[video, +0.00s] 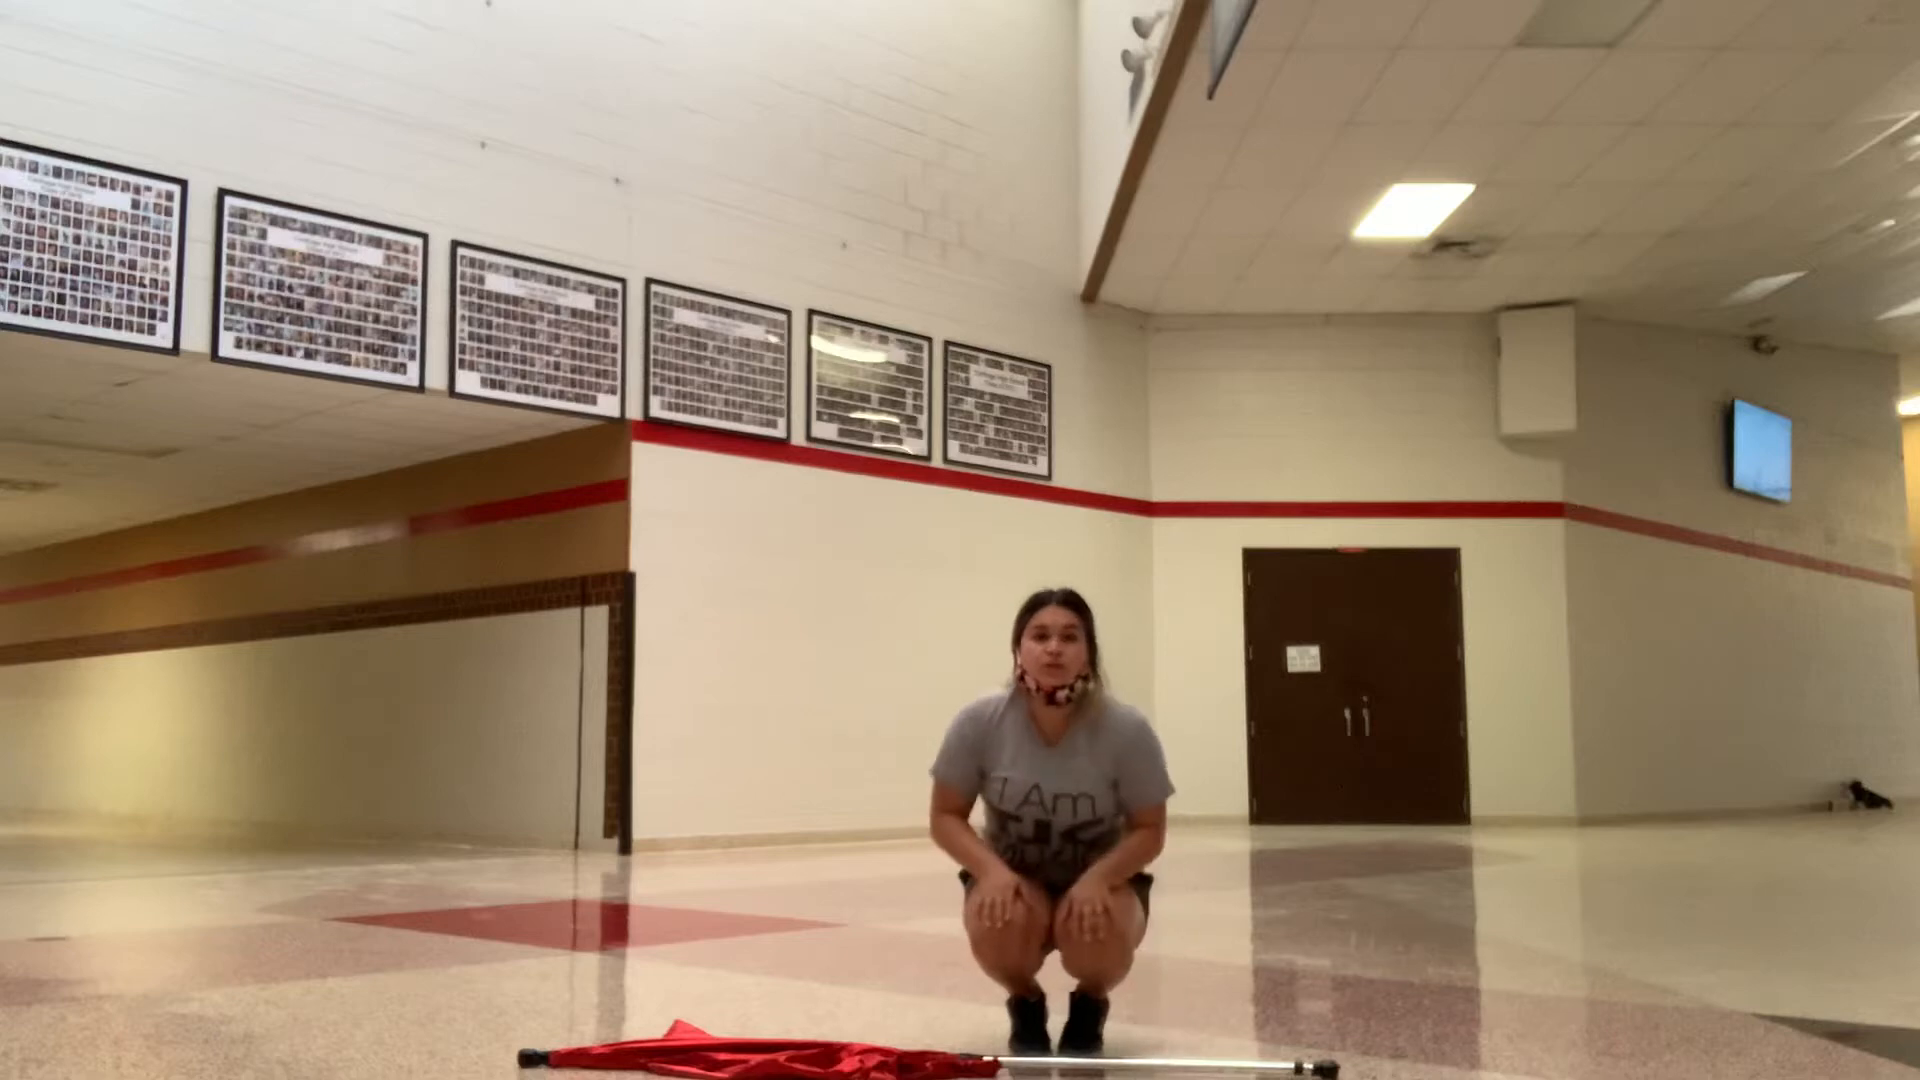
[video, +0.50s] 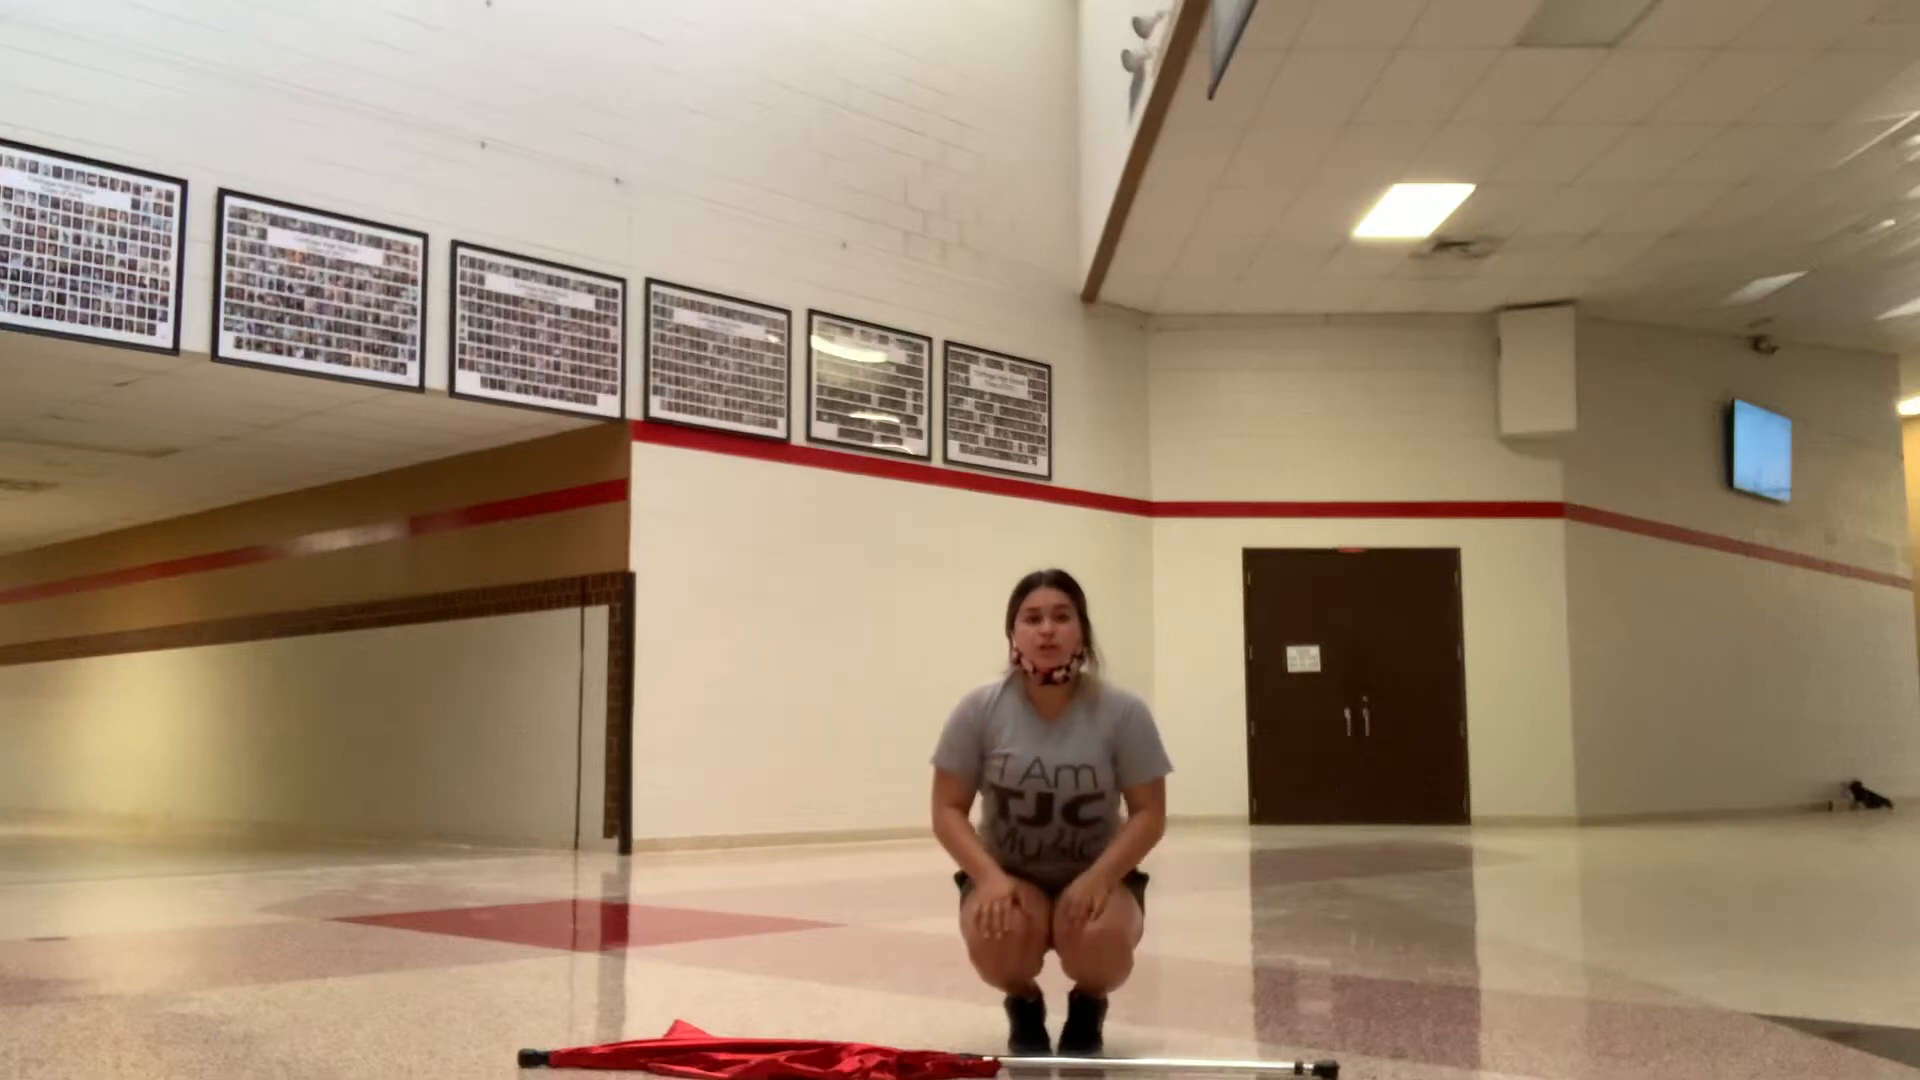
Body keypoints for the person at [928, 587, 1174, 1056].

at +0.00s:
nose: (1054, 648)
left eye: (1069, 637)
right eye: (1040, 636)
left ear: (1089, 654)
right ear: (1018, 652)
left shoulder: (1126, 731)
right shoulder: (981, 724)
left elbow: (1150, 831)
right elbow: (945, 818)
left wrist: (1096, 877)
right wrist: (991, 870)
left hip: (1102, 885)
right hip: (1016, 883)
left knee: (1098, 927)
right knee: (997, 918)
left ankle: (1089, 1004)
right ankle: (1024, 1001)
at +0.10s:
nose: (1052, 641)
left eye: (1066, 629)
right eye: (1037, 630)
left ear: (1086, 646)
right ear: (1016, 647)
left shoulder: (1125, 723)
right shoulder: (981, 721)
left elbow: (1147, 825)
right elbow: (946, 818)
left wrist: (1096, 879)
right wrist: (992, 872)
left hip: (1101, 882)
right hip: (1015, 882)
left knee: (1098, 927)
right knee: (998, 919)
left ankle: (1091, 1005)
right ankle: (1023, 1003)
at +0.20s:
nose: (1049, 637)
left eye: (1064, 625)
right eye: (1035, 626)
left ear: (1085, 640)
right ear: (1015, 642)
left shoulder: (1125, 717)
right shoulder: (983, 717)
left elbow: (1144, 820)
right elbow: (946, 817)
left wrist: (1095, 881)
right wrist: (992, 875)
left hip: (1099, 880)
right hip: (1013, 880)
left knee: (1099, 931)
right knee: (999, 925)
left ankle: (1089, 1008)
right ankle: (1023, 1004)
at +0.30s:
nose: (1048, 633)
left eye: (1063, 621)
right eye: (1034, 622)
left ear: (1084, 636)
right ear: (1015, 638)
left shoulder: (1124, 714)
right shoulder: (983, 713)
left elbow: (1144, 814)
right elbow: (946, 813)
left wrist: (1096, 882)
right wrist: (990, 875)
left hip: (1098, 880)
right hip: (1012, 879)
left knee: (1098, 933)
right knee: (999, 929)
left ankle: (1089, 1009)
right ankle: (1022, 1007)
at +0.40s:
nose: (1048, 629)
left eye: (1063, 617)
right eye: (1034, 618)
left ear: (1083, 634)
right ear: (1014, 636)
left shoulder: (1123, 712)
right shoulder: (981, 711)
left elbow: (1143, 814)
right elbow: (948, 811)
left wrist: (1095, 882)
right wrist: (989, 875)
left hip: (1096, 878)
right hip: (1011, 877)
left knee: (1098, 932)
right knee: (999, 929)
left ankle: (1088, 1009)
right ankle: (1022, 1007)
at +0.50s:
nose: (1047, 629)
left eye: (1062, 616)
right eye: (1032, 618)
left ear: (1082, 633)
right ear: (1013, 635)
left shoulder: (1122, 713)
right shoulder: (981, 711)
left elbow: (1150, 814)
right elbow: (947, 813)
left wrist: (1098, 877)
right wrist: (989, 876)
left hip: (1095, 877)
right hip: (1010, 877)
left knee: (1100, 935)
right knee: (998, 931)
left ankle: (1088, 1009)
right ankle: (1022, 1007)